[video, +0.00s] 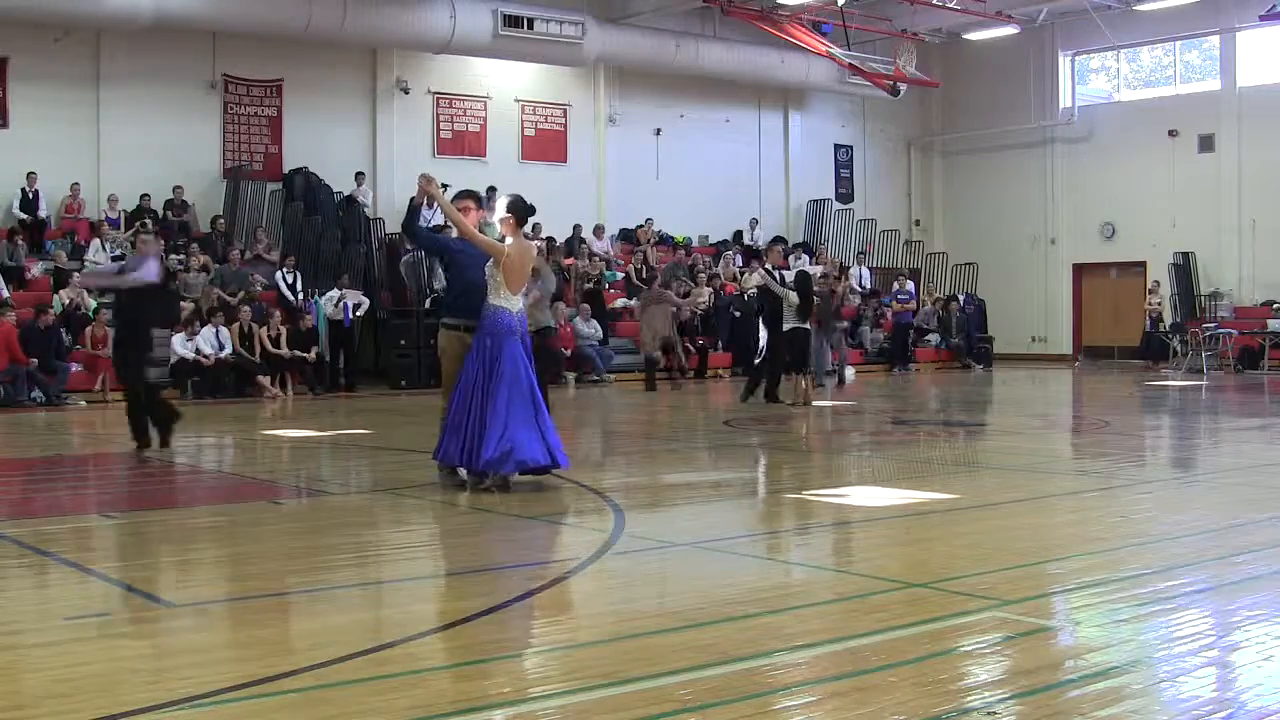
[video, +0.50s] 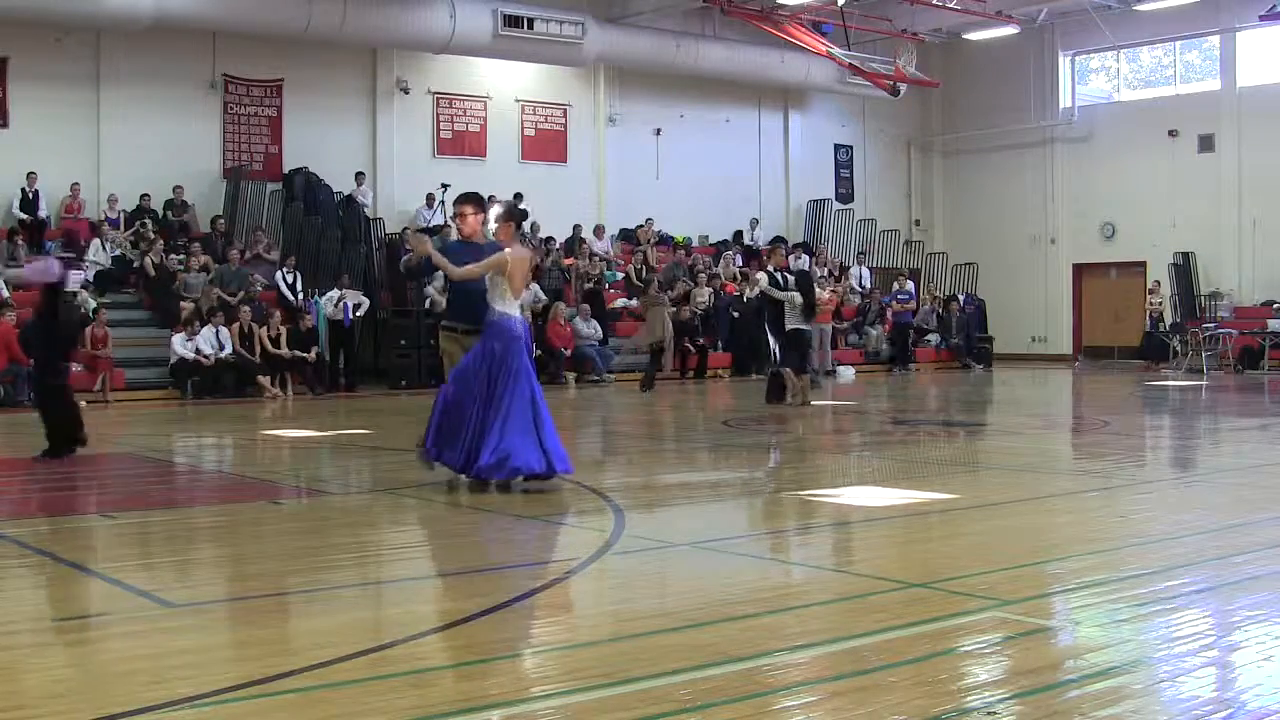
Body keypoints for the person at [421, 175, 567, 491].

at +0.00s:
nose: (497, 218)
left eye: (500, 214)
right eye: (500, 214)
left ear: (509, 220)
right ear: (522, 220)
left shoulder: (503, 250)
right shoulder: (531, 249)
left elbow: (465, 228)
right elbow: (535, 273)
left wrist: (438, 195)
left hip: (496, 323)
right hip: (517, 322)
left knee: (492, 392)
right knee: (510, 392)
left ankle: (493, 462)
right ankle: (505, 462)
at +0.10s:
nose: (498, 218)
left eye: (502, 214)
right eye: (500, 214)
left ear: (511, 218)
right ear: (522, 220)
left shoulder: (505, 250)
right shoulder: (532, 249)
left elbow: (465, 228)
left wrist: (436, 199)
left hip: (498, 323)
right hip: (518, 322)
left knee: (496, 392)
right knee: (510, 392)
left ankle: (499, 462)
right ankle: (502, 462)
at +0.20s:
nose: (498, 225)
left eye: (501, 220)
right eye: (499, 220)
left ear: (513, 221)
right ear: (521, 222)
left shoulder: (506, 251)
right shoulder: (534, 250)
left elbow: (465, 234)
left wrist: (435, 212)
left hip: (499, 323)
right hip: (519, 323)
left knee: (493, 393)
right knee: (512, 393)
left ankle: (493, 462)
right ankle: (506, 462)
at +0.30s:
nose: (499, 226)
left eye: (501, 221)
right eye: (500, 221)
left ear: (513, 222)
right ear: (520, 223)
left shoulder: (505, 251)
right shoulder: (535, 252)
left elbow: (467, 246)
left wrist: (438, 233)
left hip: (499, 325)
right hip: (520, 325)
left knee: (489, 391)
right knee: (512, 394)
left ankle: (485, 461)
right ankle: (506, 461)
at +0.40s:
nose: (496, 227)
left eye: (500, 222)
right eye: (498, 221)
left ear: (512, 224)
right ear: (521, 224)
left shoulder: (503, 253)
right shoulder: (533, 252)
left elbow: (456, 259)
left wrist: (427, 245)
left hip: (500, 328)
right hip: (520, 328)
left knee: (463, 382)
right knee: (510, 394)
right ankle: (505, 460)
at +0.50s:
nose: (494, 231)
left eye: (497, 225)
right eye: (495, 225)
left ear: (509, 227)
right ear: (514, 227)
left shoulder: (503, 257)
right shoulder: (528, 254)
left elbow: (457, 274)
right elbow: (520, 285)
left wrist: (430, 251)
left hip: (500, 330)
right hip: (518, 328)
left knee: (460, 381)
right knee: (512, 394)